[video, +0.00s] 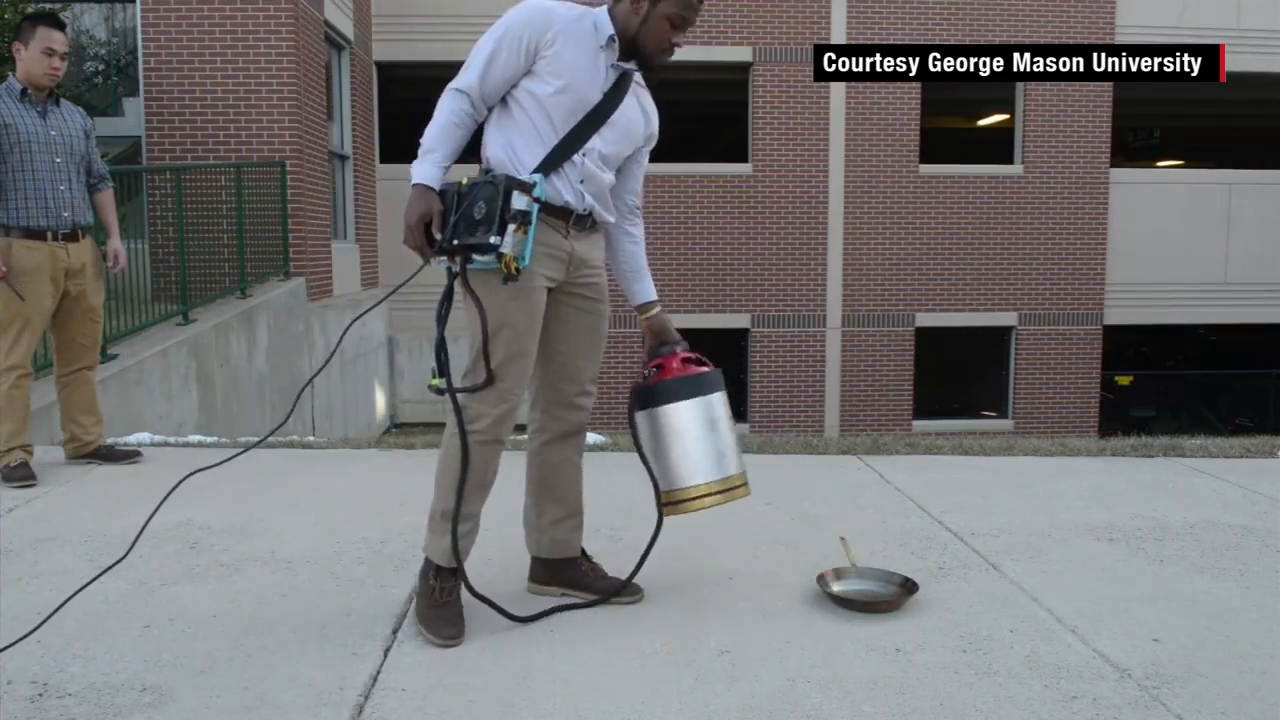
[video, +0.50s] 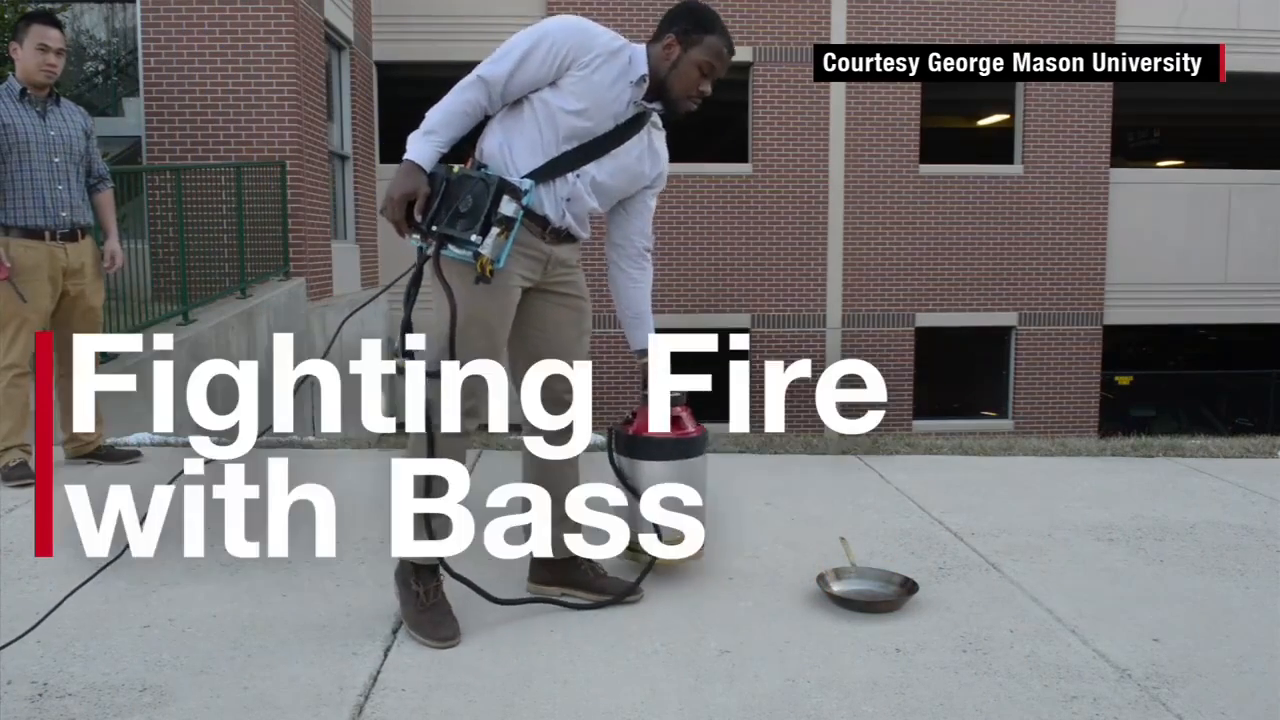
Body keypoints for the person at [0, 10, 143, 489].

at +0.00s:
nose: (59, 64)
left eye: (64, 56)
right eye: (49, 53)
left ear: (68, 63)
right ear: (18, 52)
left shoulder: (77, 117)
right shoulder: (3, 106)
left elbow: (99, 179)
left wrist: (114, 234)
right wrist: (0, 250)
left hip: (80, 250)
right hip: (20, 252)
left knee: (80, 357)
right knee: (16, 363)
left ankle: (86, 444)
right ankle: (13, 454)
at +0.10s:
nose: (58, 64)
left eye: (64, 57)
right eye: (49, 53)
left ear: (68, 63)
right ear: (18, 52)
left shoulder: (76, 117)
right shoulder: (3, 105)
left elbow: (98, 179)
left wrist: (113, 234)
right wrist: (0, 251)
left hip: (79, 250)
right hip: (20, 252)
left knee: (80, 357)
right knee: (15, 363)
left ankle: (86, 444)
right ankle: (13, 454)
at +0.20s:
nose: (58, 63)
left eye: (64, 56)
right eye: (48, 53)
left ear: (68, 63)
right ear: (17, 52)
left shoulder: (76, 117)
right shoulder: (3, 105)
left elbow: (98, 179)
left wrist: (113, 234)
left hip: (79, 250)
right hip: (21, 252)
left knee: (80, 357)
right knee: (15, 363)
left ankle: (86, 444)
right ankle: (13, 454)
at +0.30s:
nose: (57, 62)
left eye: (63, 55)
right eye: (47, 52)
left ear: (67, 62)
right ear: (17, 52)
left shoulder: (76, 117)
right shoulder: (3, 105)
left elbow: (98, 179)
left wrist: (112, 234)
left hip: (79, 250)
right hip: (20, 253)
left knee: (80, 357)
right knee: (15, 363)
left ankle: (86, 444)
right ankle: (13, 454)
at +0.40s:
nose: (55, 62)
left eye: (62, 55)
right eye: (45, 51)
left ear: (66, 62)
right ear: (16, 52)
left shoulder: (76, 116)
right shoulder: (3, 106)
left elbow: (98, 179)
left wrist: (112, 235)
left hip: (79, 249)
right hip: (21, 252)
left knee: (83, 353)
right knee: (17, 360)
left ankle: (85, 442)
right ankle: (13, 453)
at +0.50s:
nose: (53, 60)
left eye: (61, 54)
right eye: (43, 50)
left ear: (66, 61)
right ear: (15, 52)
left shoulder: (77, 116)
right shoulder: (3, 106)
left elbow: (98, 179)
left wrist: (112, 235)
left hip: (80, 249)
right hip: (21, 252)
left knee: (83, 352)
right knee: (17, 360)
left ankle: (86, 442)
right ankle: (13, 452)